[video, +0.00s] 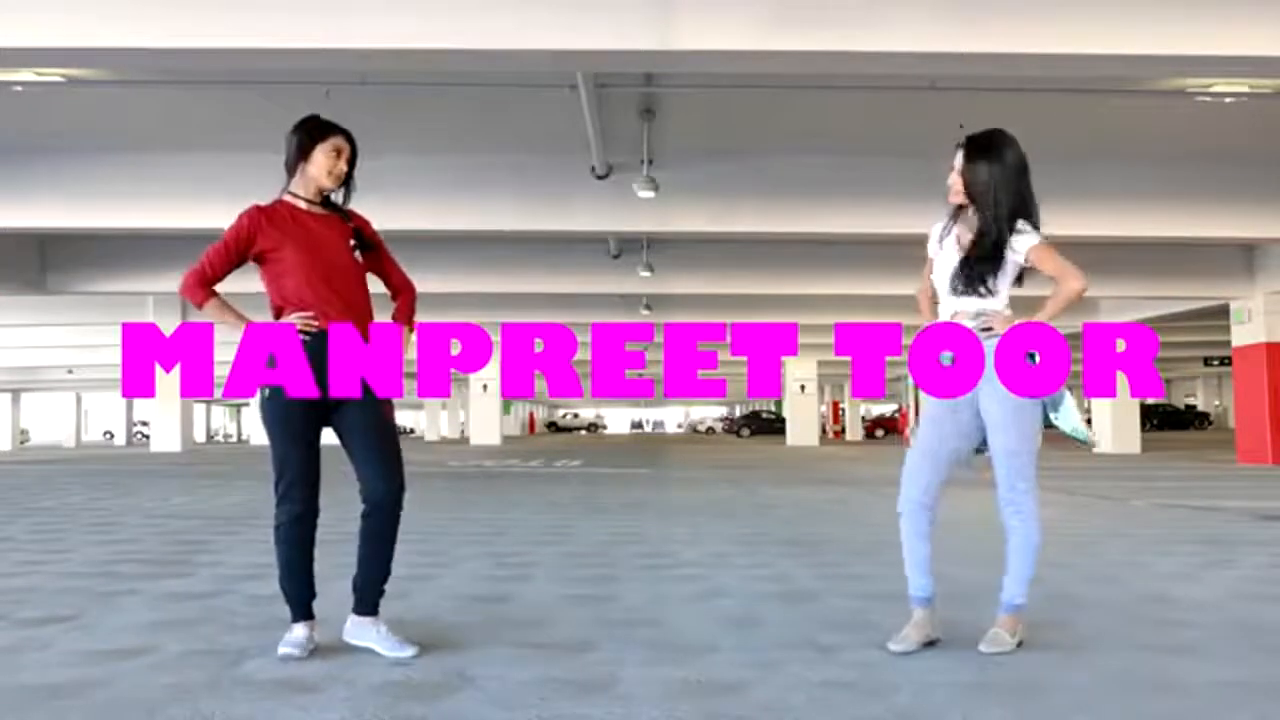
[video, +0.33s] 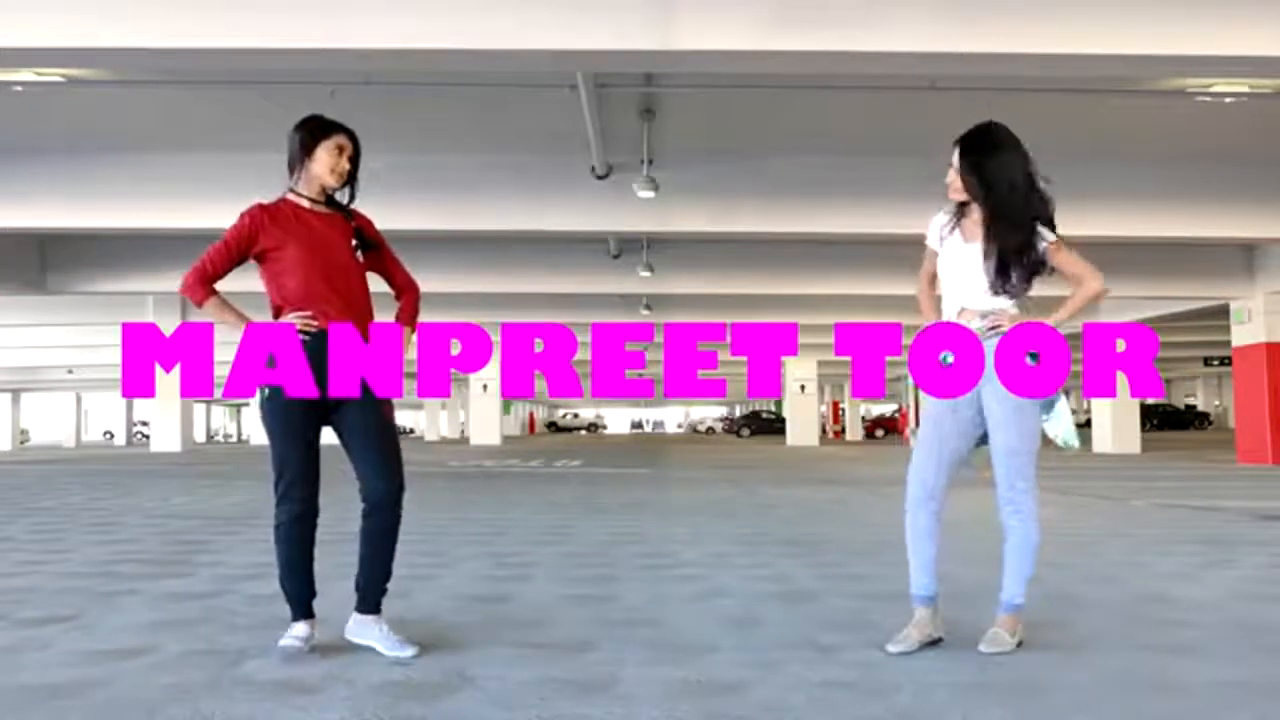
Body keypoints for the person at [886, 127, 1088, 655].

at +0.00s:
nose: (951, 177)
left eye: (961, 170)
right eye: (953, 167)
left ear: (986, 181)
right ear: (956, 174)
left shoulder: (1014, 236)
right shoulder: (944, 230)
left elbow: (1072, 281)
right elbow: (925, 291)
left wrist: (1030, 324)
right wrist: (935, 335)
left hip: (1005, 377)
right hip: (949, 378)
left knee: (1016, 496)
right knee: (915, 492)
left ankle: (1010, 615)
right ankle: (921, 612)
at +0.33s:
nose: (948, 174)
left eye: (958, 169)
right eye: (950, 165)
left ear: (985, 181)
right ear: (960, 172)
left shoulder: (1025, 233)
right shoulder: (945, 224)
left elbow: (1093, 282)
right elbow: (927, 283)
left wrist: (1044, 325)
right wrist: (935, 332)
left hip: (1010, 371)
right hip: (952, 370)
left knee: (1015, 493)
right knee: (922, 485)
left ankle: (1010, 616)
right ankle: (924, 612)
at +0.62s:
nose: (961, 154)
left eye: (974, 149)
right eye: (964, 145)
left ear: (997, 163)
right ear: (967, 157)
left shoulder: (1025, 223)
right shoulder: (940, 221)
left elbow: (1096, 269)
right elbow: (918, 279)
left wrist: (1054, 322)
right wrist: (939, 328)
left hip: (1016, 362)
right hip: (958, 363)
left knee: (1015, 492)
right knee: (934, 490)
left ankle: (1010, 616)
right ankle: (922, 611)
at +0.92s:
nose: (992, 153)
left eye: (1005, 151)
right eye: (987, 143)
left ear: (1015, 171)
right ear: (968, 154)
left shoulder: (1026, 222)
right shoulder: (940, 226)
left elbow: (1095, 266)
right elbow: (913, 287)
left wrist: (1057, 325)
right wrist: (935, 333)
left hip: (1022, 360)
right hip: (963, 364)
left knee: (1017, 491)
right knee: (942, 490)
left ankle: (1011, 614)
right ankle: (968, 580)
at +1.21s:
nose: (1000, 163)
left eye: (1009, 159)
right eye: (991, 153)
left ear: (1016, 175)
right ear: (970, 163)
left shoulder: (1023, 230)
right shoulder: (940, 232)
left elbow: (1094, 273)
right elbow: (913, 292)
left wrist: (1053, 328)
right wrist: (935, 336)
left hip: (1019, 360)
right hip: (962, 365)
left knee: (1014, 487)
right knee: (981, 489)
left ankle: (1012, 611)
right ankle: (1004, 590)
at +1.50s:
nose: (969, 172)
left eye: (978, 164)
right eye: (959, 167)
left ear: (994, 177)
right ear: (949, 184)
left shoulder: (1021, 234)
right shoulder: (944, 244)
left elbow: (1093, 284)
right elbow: (917, 296)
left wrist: (1063, 331)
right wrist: (939, 331)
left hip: (1020, 369)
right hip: (965, 373)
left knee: (1012, 488)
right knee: (985, 490)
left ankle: (1011, 608)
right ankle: (1006, 592)